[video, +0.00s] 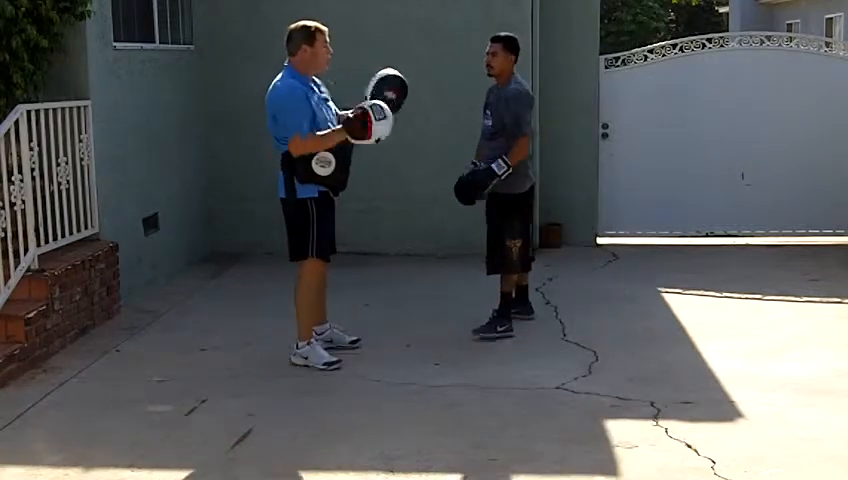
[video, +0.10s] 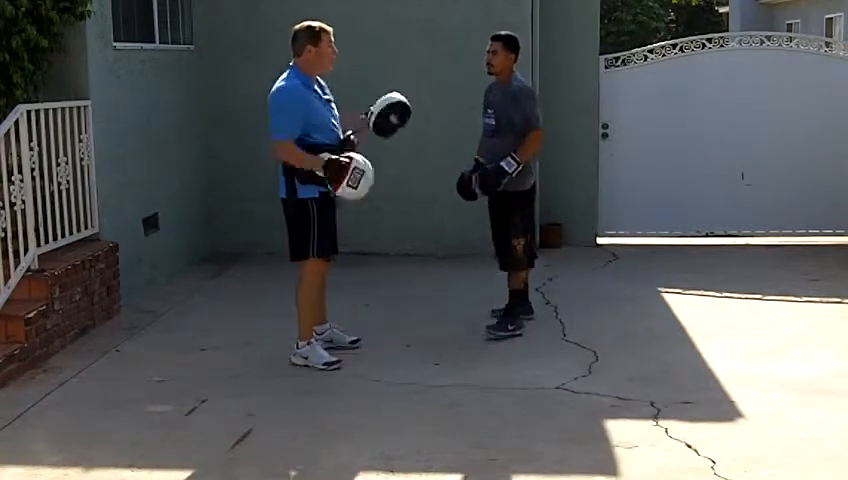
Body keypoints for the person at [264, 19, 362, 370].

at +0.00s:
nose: (330, 51)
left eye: (329, 45)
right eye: (325, 45)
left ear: (306, 51)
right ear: (305, 51)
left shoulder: (309, 82)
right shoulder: (288, 89)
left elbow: (328, 119)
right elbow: (298, 145)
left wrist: (357, 116)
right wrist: (344, 132)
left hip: (318, 186)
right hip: (301, 190)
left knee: (321, 260)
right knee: (311, 262)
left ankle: (320, 329)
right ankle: (304, 345)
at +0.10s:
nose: (335, 51)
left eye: (334, 45)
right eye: (330, 45)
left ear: (312, 51)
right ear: (310, 51)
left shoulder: (314, 84)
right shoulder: (287, 91)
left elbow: (322, 136)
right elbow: (283, 149)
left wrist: (352, 134)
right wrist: (323, 165)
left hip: (320, 189)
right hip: (302, 193)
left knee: (322, 260)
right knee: (312, 262)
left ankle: (319, 330)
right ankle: (304, 345)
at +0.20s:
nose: (340, 52)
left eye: (339, 46)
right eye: (335, 46)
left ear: (316, 52)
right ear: (315, 51)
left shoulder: (316, 82)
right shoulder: (291, 91)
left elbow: (330, 128)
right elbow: (277, 150)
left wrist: (358, 132)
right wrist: (297, 185)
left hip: (324, 186)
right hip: (308, 189)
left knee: (323, 259)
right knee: (315, 262)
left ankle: (319, 330)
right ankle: (304, 345)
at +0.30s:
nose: (345, 53)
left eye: (343, 46)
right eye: (340, 46)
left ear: (320, 51)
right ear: (321, 50)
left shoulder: (318, 83)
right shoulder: (298, 88)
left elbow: (326, 133)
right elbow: (279, 138)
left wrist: (353, 145)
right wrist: (279, 184)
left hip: (326, 190)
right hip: (311, 192)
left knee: (322, 261)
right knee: (316, 263)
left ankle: (319, 330)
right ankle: (304, 344)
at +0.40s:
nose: (345, 52)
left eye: (344, 46)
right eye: (341, 45)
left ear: (319, 49)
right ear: (325, 48)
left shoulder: (318, 82)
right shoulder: (305, 84)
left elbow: (314, 133)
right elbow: (288, 134)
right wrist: (284, 174)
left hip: (325, 189)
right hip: (313, 191)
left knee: (322, 260)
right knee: (317, 262)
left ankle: (318, 329)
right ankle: (305, 344)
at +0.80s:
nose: (340, 51)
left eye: (338, 45)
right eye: (336, 45)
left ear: (310, 51)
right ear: (318, 50)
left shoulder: (285, 87)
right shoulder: (326, 79)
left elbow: (272, 140)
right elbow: (372, 91)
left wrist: (313, 151)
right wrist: (423, 83)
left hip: (302, 188)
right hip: (322, 189)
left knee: (314, 261)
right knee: (321, 262)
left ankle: (318, 329)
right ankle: (304, 345)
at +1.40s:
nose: (342, 54)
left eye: (341, 48)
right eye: (338, 48)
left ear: (311, 53)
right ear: (320, 50)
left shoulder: (286, 86)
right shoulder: (326, 83)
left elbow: (275, 139)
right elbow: (357, 127)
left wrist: (310, 155)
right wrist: (389, 136)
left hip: (301, 187)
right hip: (322, 189)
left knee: (313, 261)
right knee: (320, 262)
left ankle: (320, 329)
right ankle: (305, 344)